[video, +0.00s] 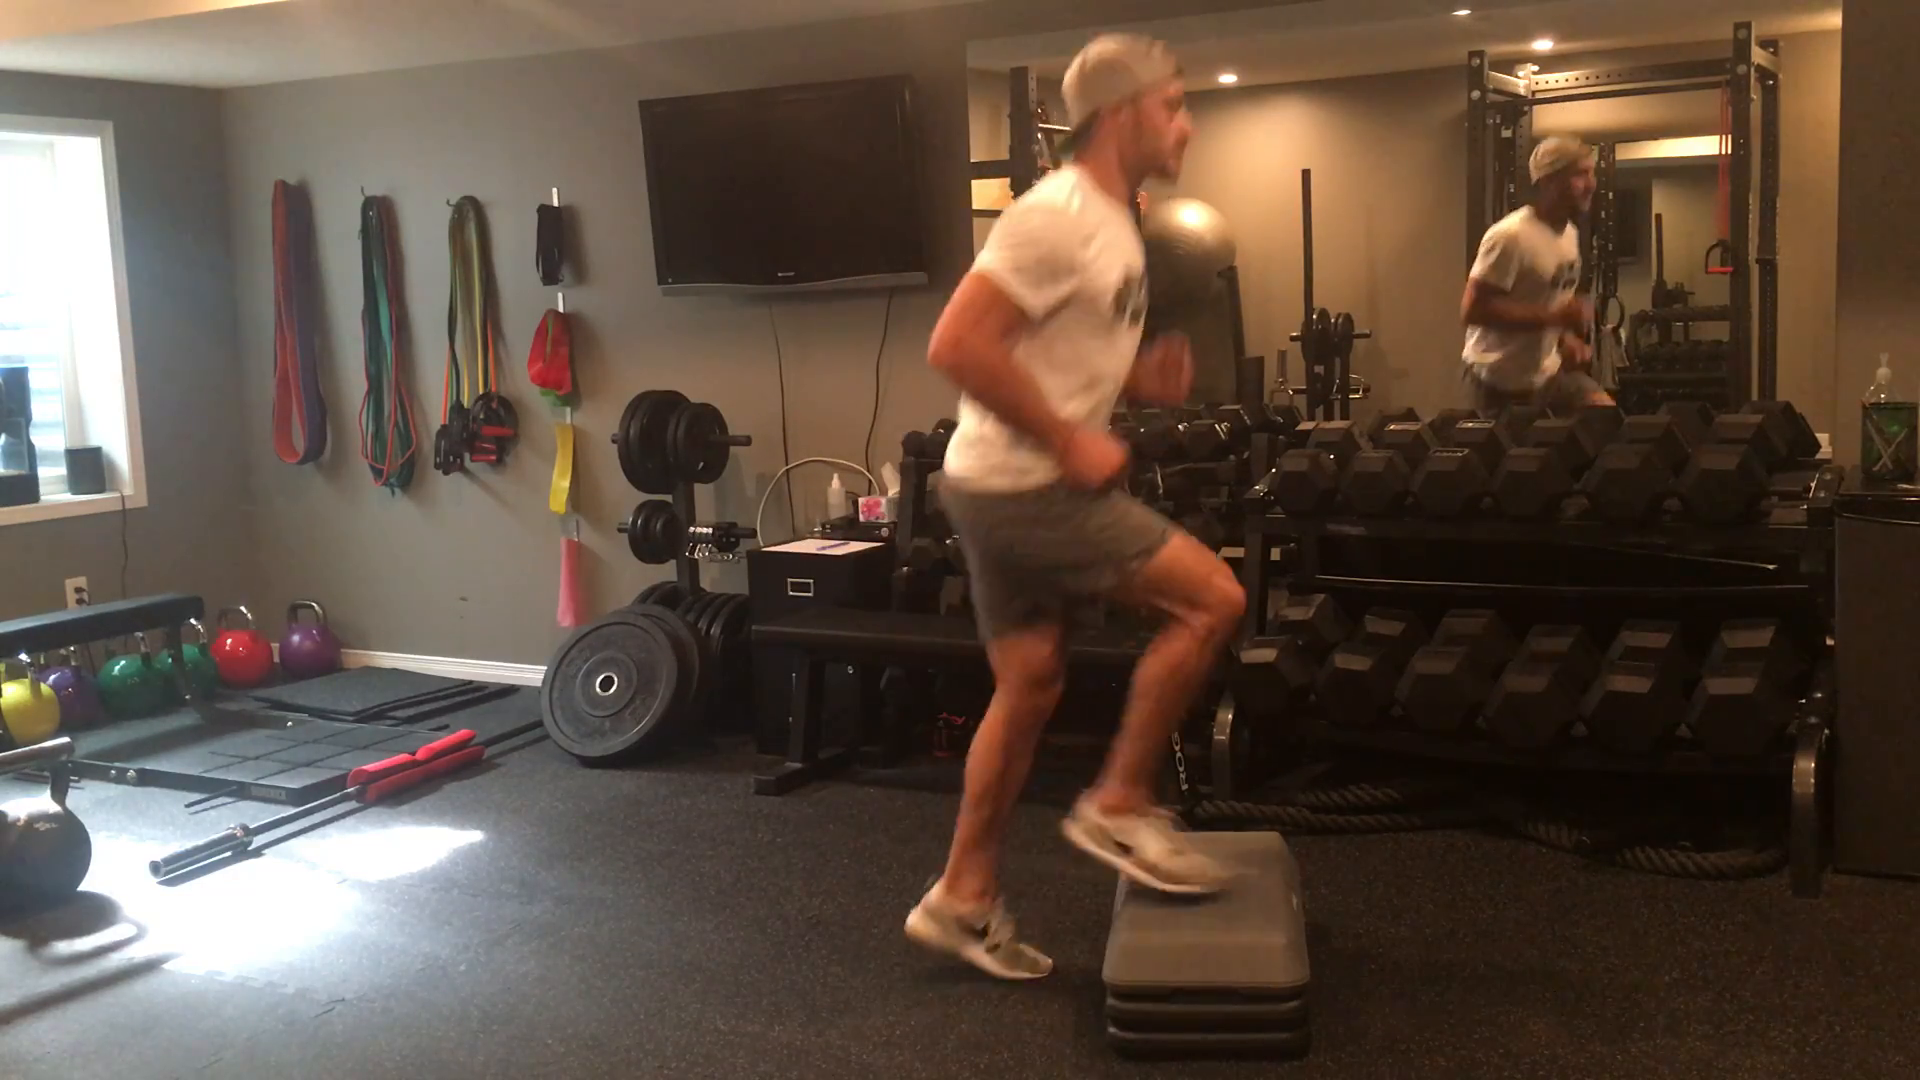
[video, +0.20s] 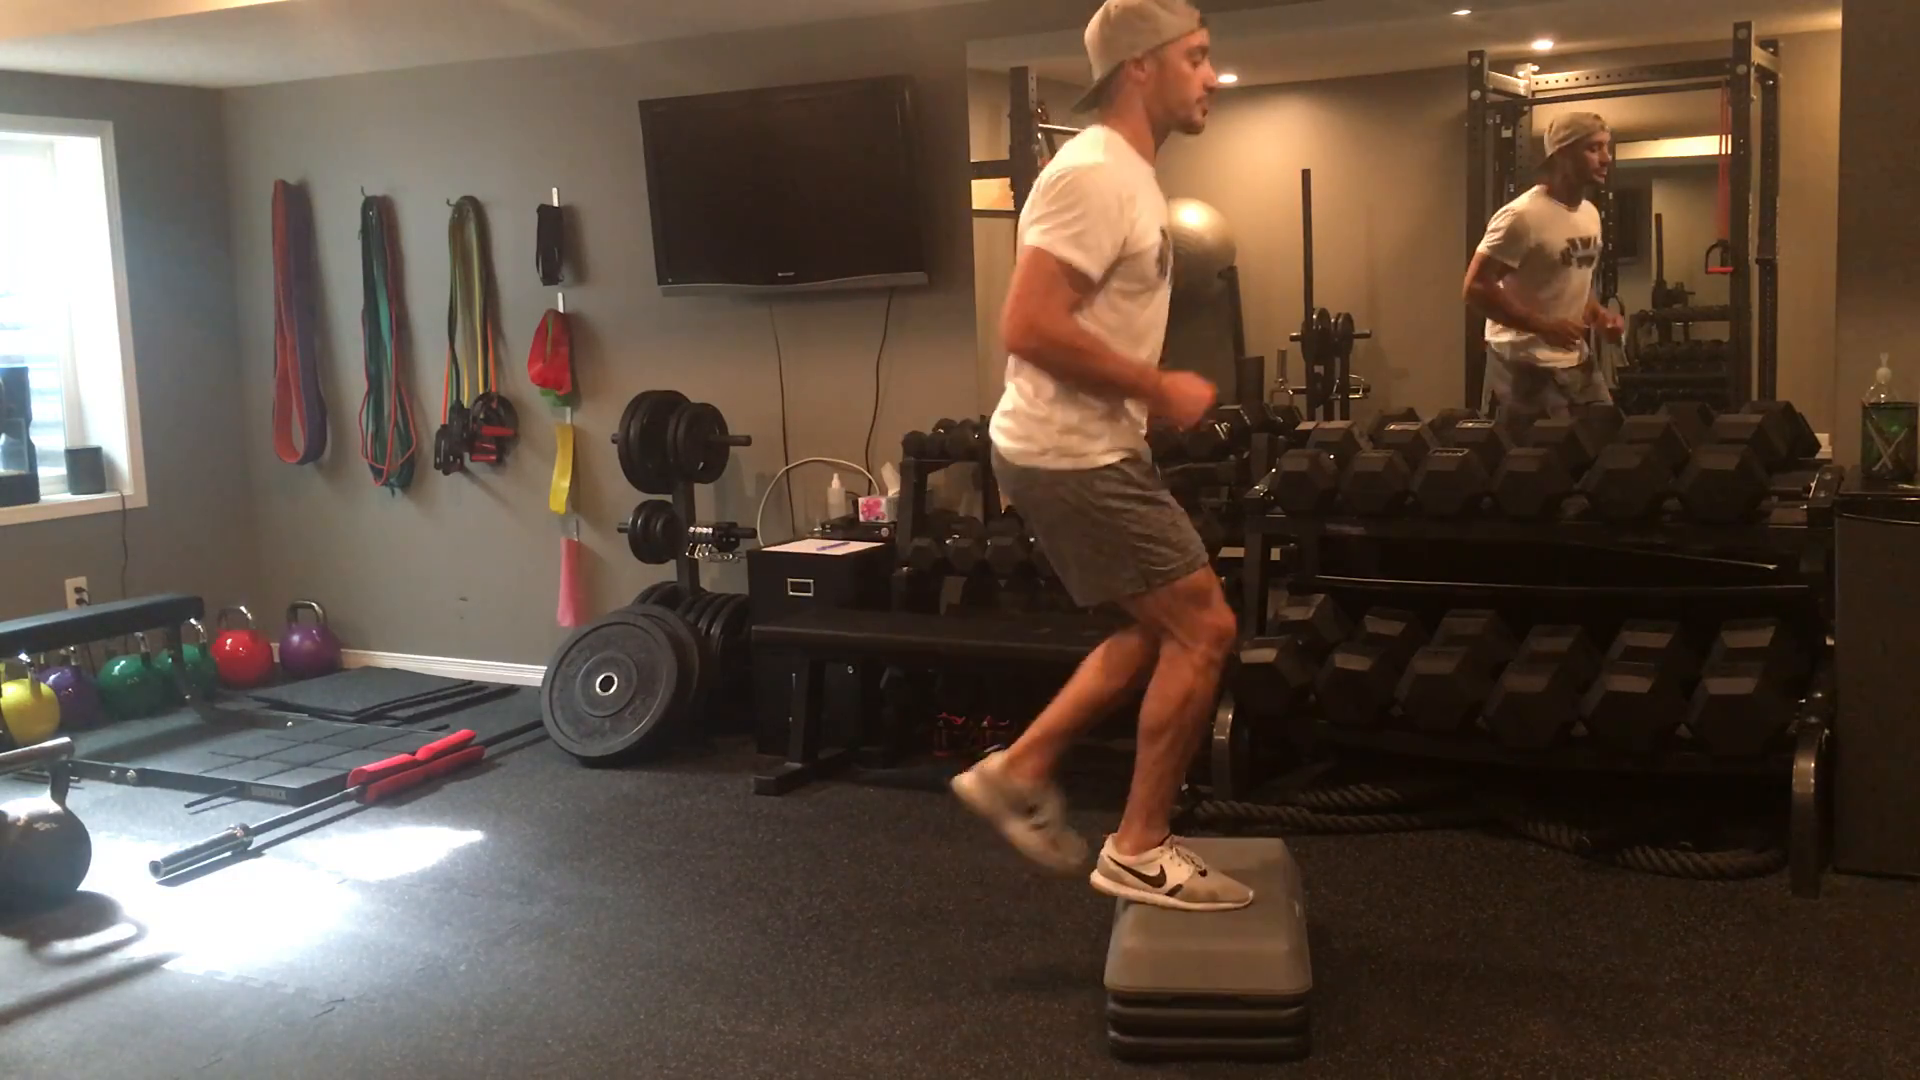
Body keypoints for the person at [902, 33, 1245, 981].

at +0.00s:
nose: (1186, 123)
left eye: (1183, 106)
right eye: (1172, 107)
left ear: (1123, 119)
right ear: (1120, 118)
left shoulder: (1111, 222)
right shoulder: (1055, 213)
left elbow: (1044, 347)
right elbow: (958, 340)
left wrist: (1132, 372)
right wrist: (1068, 437)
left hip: (1008, 483)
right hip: (1015, 484)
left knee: (1028, 680)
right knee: (1212, 599)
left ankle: (961, 897)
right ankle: (1118, 805)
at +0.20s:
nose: (1212, 76)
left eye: (1209, 59)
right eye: (1197, 59)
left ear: (1144, 73)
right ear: (1142, 71)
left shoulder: (1126, 172)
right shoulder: (1095, 169)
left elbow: (1064, 320)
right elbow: (1029, 325)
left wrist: (1144, 393)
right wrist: (1154, 383)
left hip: (1084, 446)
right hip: (1068, 452)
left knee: (1156, 626)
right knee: (1202, 627)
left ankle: (1017, 770)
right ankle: (1139, 845)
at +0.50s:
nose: (1210, 62)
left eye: (1206, 43)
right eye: (1194, 41)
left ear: (1145, 53)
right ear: (1138, 52)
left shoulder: (1131, 162)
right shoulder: (1079, 148)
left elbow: (1071, 304)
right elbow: (991, 286)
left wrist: (1151, 344)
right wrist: (1127, 353)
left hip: (1080, 426)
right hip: (1041, 429)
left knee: (1148, 620)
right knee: (1178, 612)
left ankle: (1118, 828)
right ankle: (1029, 795)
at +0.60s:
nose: (1197, 67)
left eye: (1193, 49)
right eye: (1182, 47)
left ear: (1133, 58)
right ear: (1129, 58)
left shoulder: (1117, 167)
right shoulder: (1068, 153)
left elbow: (1054, 315)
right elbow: (986, 293)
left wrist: (1134, 357)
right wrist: (1108, 371)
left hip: (1075, 438)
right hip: (1018, 440)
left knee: (1165, 596)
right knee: (1100, 647)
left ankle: (1123, 812)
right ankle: (974, 852)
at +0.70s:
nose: (1177, 109)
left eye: (1174, 92)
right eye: (1163, 92)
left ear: (1116, 103)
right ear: (1113, 102)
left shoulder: (1095, 198)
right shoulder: (1059, 193)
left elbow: (1031, 338)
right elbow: (983, 336)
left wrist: (1111, 379)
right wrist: (1098, 404)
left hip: (1060, 468)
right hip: (1002, 478)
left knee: (1185, 579)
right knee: (1015, 709)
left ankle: (1097, 774)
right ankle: (931, 923)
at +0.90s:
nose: (1150, 147)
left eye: (1147, 129)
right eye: (1135, 130)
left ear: (1085, 144)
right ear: (1080, 143)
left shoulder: (1071, 242)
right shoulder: (1029, 243)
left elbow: (1020, 394)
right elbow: (968, 396)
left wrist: (1086, 487)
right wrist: (1080, 490)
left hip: (1044, 522)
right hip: (994, 530)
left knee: (1120, 674)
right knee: (1043, 730)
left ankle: (990, 862)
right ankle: (918, 932)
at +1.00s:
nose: (1148, 149)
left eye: (1145, 131)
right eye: (1132, 133)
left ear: (1083, 150)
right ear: (1078, 147)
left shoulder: (1070, 248)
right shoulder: (1031, 244)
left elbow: (1004, 399)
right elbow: (951, 393)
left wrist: (1090, 459)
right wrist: (1056, 503)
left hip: (1014, 524)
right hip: (1011, 526)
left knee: (1042, 726)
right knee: (1147, 706)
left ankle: (945, 921)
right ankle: (974, 862)